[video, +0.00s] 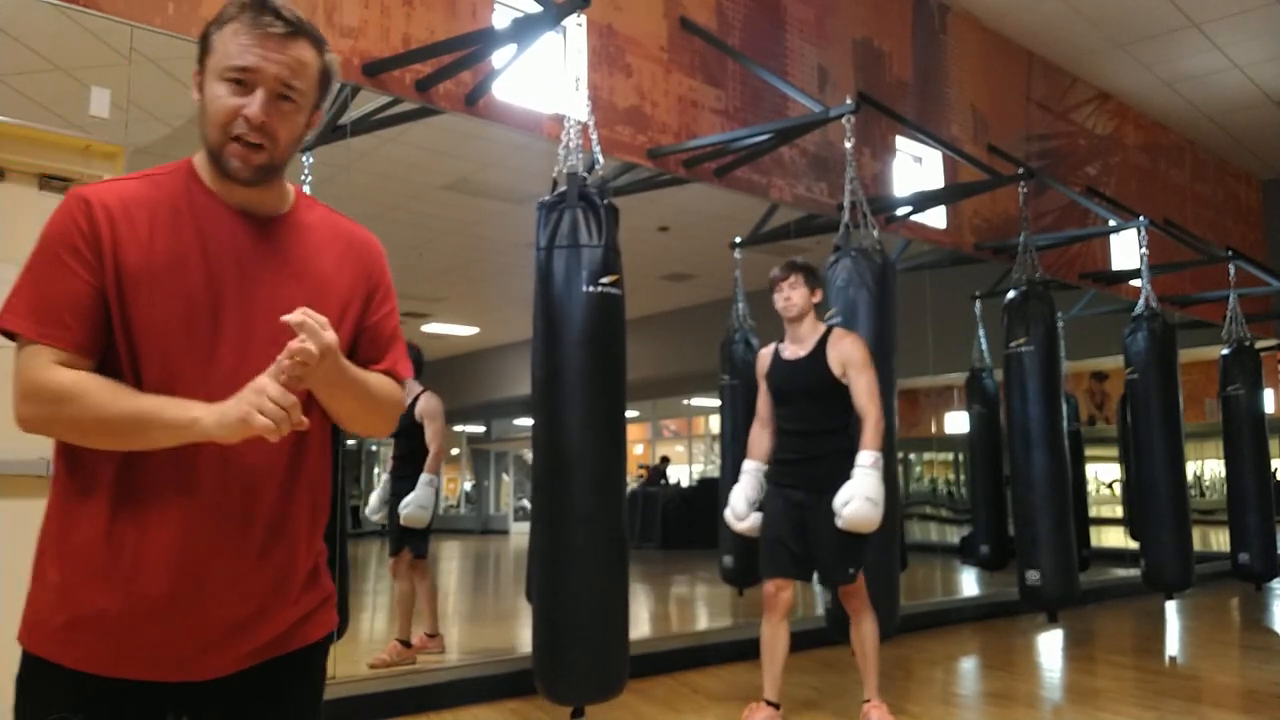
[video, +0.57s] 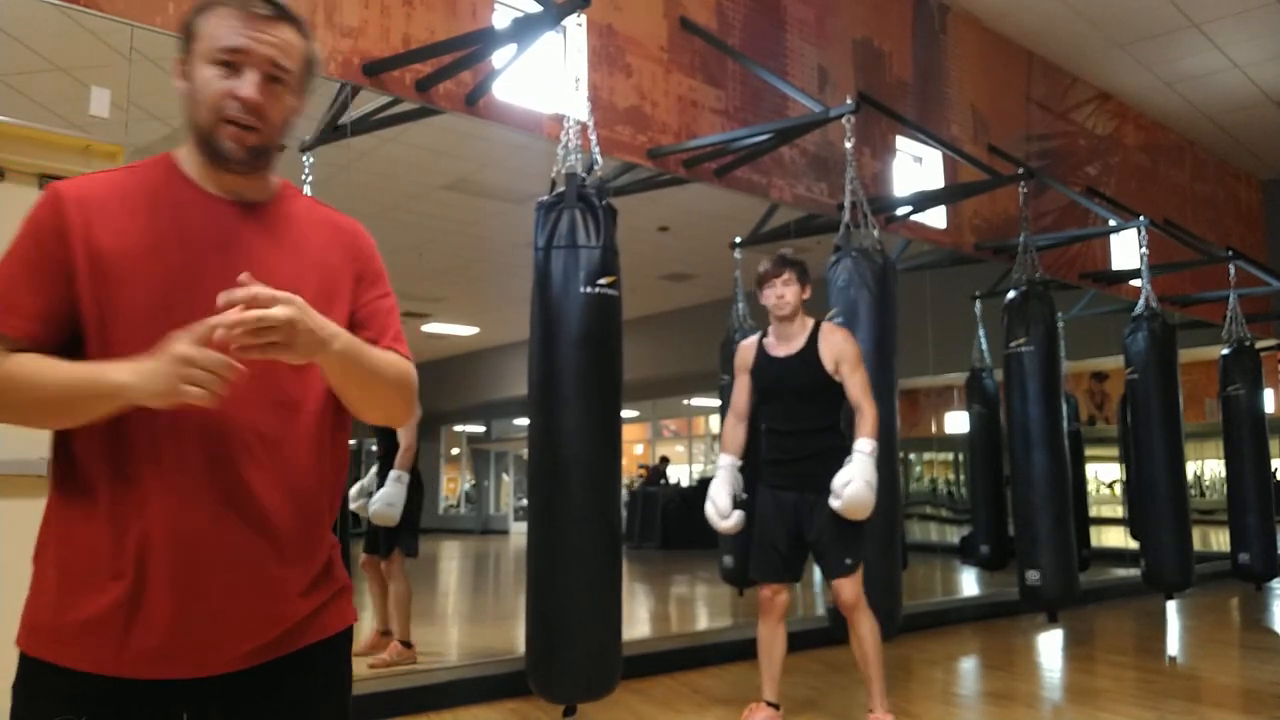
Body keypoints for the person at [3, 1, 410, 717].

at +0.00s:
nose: (256, 113)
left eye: (286, 97)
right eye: (238, 83)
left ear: (314, 118)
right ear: (198, 84)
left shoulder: (355, 256)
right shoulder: (100, 215)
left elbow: (385, 414)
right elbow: (38, 393)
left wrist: (334, 375)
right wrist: (211, 418)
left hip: (273, 654)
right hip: (96, 646)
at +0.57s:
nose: (250, 93)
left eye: (276, 77)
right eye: (229, 65)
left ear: (300, 103)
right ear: (183, 72)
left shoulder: (344, 244)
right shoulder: (76, 215)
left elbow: (399, 404)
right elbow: (6, 373)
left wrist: (323, 341)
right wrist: (133, 378)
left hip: (289, 650)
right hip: (96, 648)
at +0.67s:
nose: (197, 76)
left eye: (224, 60)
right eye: (174, 51)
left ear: (255, 88)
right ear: (132, 67)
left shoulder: (320, 233)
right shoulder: (40, 219)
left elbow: (397, 389)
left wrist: (326, 353)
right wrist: (72, 347)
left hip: (286, 645)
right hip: (83, 648)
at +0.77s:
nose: (146, 64)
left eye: (172, 45)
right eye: (120, 39)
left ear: (212, 72)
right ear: (85, 63)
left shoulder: (301, 215)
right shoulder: (23, 221)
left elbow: (388, 347)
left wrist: (371, 410)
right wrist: (22, 303)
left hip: (279, 638)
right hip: (76, 641)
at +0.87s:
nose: (109, 58)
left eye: (136, 36)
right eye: (84, 36)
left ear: (185, 65)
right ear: (58, 65)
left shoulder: (293, 205)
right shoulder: (26, 227)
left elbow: (389, 343)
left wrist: (377, 421)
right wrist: (4, 301)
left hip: (270, 643)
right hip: (75, 643)